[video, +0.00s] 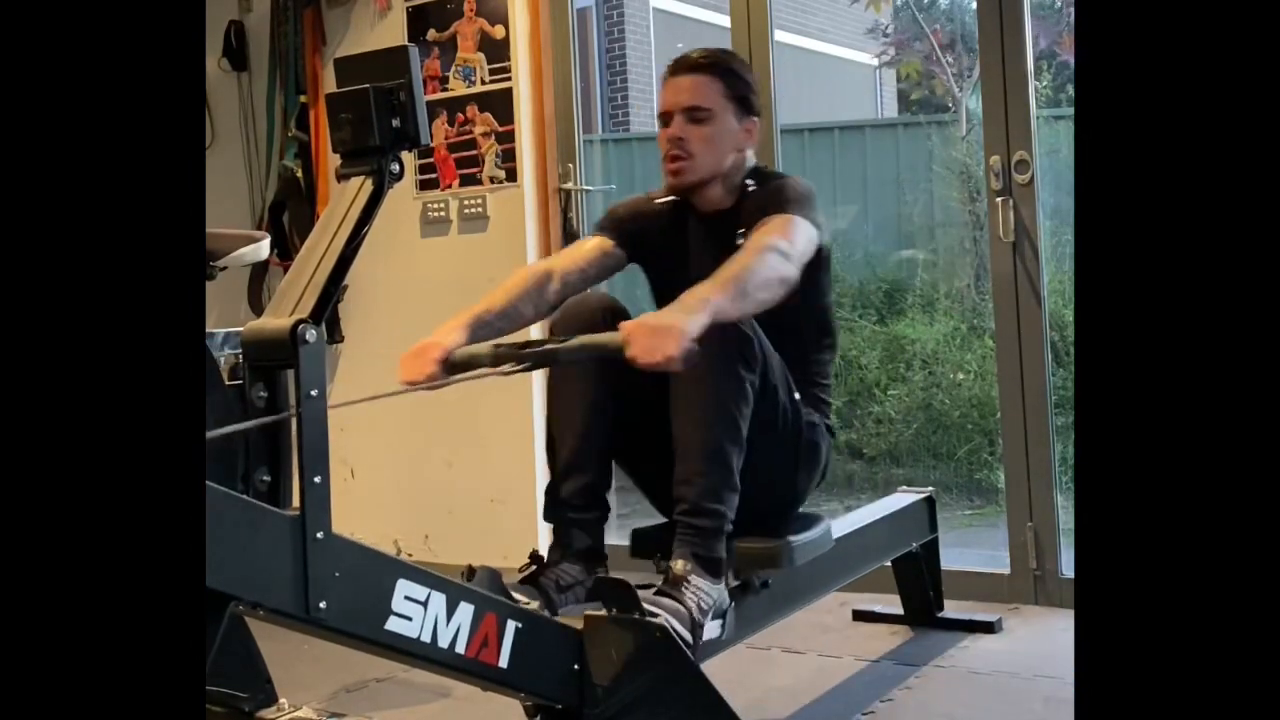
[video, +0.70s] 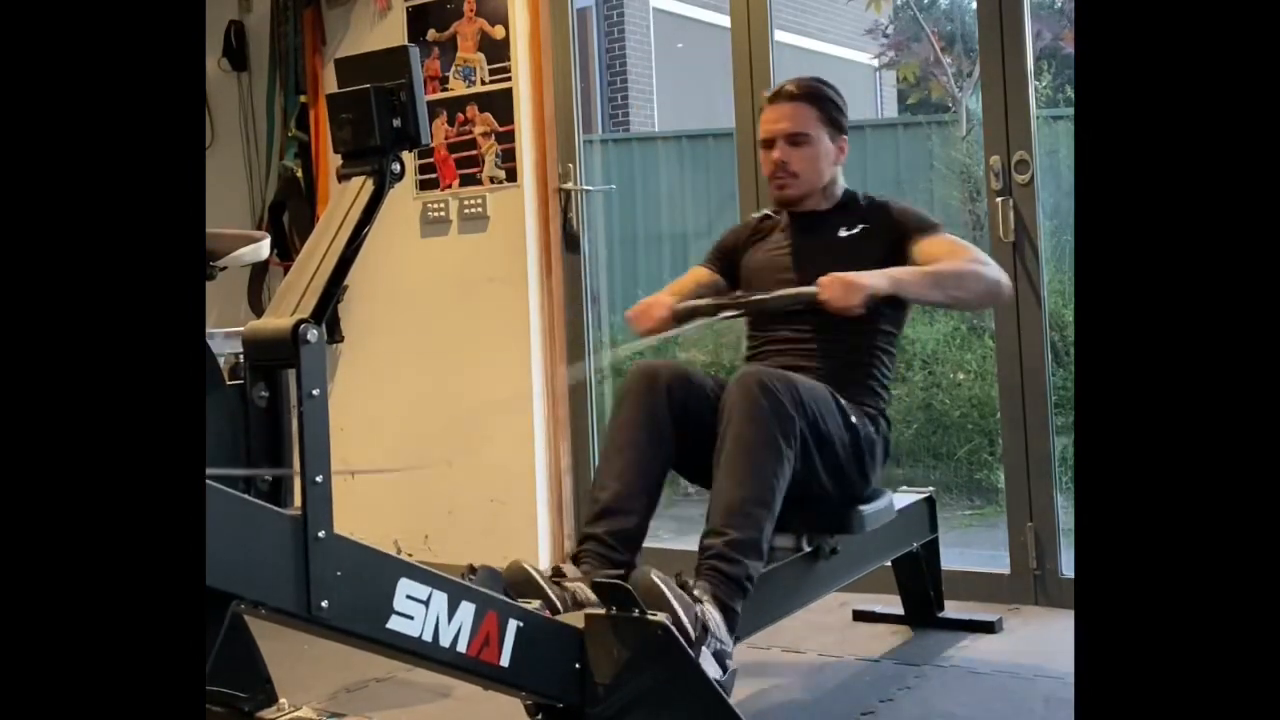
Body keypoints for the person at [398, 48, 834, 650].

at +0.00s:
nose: (673, 134)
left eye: (696, 118)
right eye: (665, 120)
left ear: (747, 133)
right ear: (656, 133)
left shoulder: (787, 200)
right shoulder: (645, 220)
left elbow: (773, 263)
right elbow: (554, 278)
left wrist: (691, 310)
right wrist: (460, 330)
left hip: (774, 467)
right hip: (680, 465)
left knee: (717, 330)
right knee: (584, 314)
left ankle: (699, 575)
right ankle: (575, 560)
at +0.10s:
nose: (725, 133)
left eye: (746, 118)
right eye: (717, 121)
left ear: (796, 135)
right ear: (708, 133)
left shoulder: (826, 202)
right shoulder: (692, 215)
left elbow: (819, 272)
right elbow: (609, 277)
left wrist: (748, 306)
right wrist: (530, 323)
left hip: (807, 464)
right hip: (718, 458)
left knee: (739, 345)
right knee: (606, 351)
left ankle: (702, 594)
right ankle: (576, 570)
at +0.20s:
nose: (769, 138)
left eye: (790, 125)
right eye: (761, 127)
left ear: (834, 141)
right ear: (751, 140)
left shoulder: (861, 203)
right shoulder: (734, 216)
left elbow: (855, 269)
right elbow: (655, 272)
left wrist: (796, 296)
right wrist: (584, 310)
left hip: (839, 435)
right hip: (751, 420)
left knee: (764, 376)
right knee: (637, 382)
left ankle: (707, 607)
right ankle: (579, 575)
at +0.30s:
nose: (804, 147)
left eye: (823, 134)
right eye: (796, 136)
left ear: (866, 146)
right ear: (787, 147)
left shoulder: (890, 208)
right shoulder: (767, 219)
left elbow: (904, 271)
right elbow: (694, 273)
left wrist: (844, 286)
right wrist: (634, 300)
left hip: (857, 404)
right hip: (766, 397)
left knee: (780, 429)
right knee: (662, 427)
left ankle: (711, 619)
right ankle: (583, 586)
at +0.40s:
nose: (831, 166)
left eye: (847, 151)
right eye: (821, 155)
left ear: (887, 160)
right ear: (812, 163)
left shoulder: (913, 226)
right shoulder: (794, 232)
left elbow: (959, 290)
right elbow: (725, 283)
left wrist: (886, 286)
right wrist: (676, 296)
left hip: (862, 405)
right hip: (777, 400)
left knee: (789, 468)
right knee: (689, 466)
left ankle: (718, 623)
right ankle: (589, 593)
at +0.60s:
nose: (799, 166)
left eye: (817, 151)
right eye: (790, 153)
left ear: (860, 156)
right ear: (782, 160)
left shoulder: (906, 227)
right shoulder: (777, 236)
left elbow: (1026, 295)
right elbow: (736, 313)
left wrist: (937, 277)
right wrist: (720, 308)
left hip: (859, 426)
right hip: (763, 417)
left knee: (772, 411)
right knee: (668, 406)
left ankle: (716, 621)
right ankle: (593, 586)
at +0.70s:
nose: (778, 158)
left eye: (796, 142)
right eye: (768, 146)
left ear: (839, 148)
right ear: (759, 156)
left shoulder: (886, 223)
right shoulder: (750, 238)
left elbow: (991, 282)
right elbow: (685, 292)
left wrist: (884, 282)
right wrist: (662, 304)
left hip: (845, 452)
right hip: (749, 440)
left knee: (759, 384)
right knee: (653, 381)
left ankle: (712, 617)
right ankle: (594, 577)